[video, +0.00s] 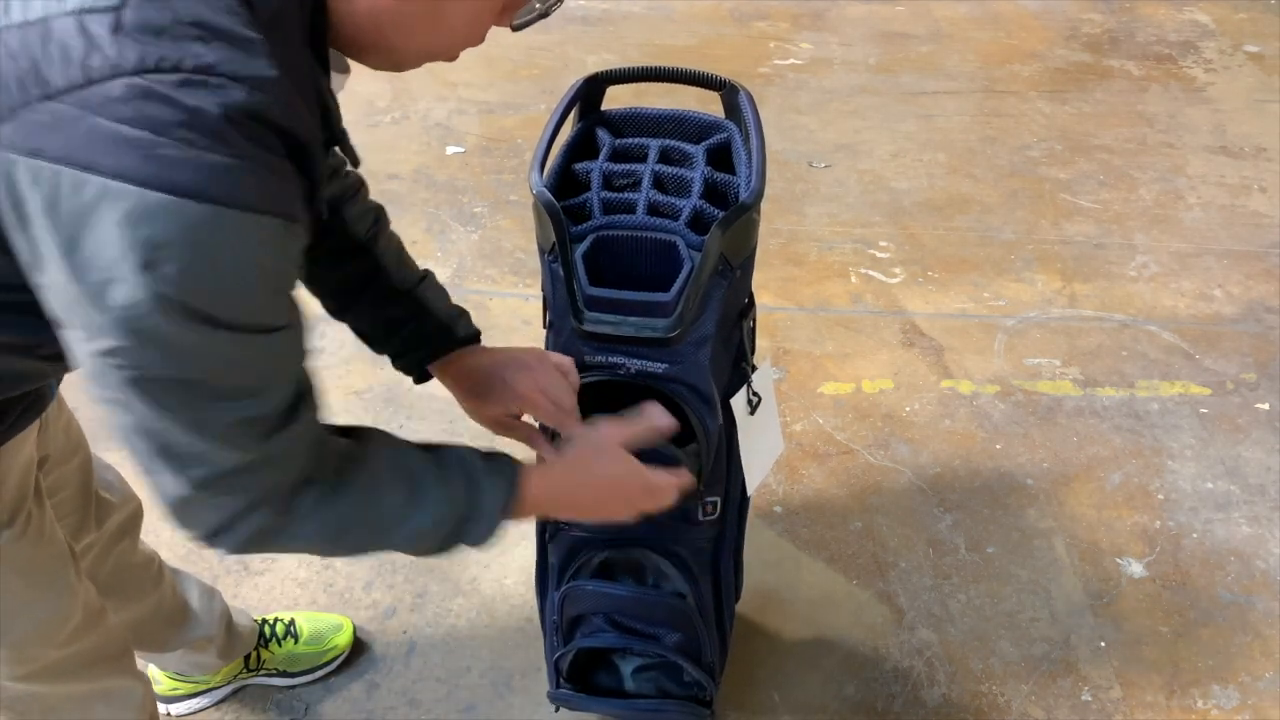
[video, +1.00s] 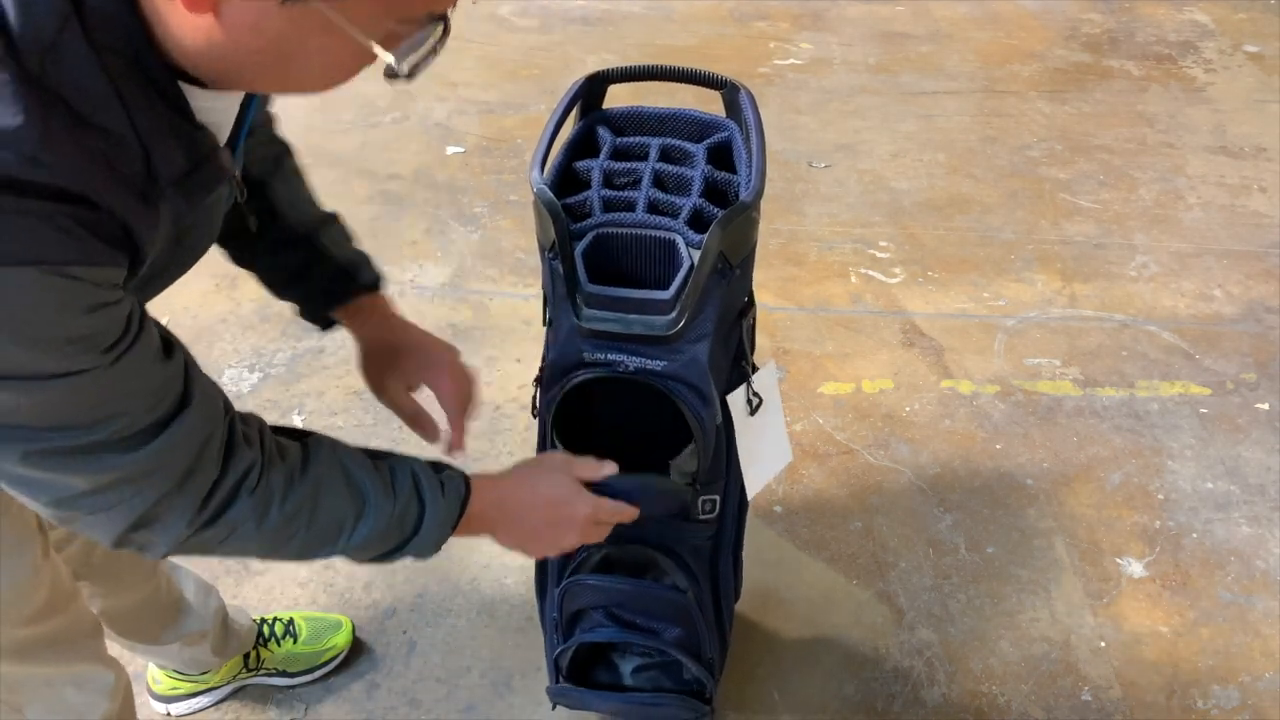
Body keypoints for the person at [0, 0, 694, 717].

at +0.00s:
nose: (483, 37)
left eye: (507, 20)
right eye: (504, 13)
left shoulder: (237, 14)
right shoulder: (164, 128)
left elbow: (316, 195)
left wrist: (461, 360)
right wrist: (537, 487)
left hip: (20, 392)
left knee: (94, 532)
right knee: (69, 666)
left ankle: (202, 654)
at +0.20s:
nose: (445, 56)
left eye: (468, 39)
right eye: (461, 31)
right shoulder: (82, 168)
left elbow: (343, 115)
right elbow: (212, 503)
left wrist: (481, 294)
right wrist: (488, 524)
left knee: (80, 517)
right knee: (59, 644)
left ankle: (202, 653)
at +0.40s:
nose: (421, 90)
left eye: (443, 69)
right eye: (423, 65)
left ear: (264, 4)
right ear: (264, 13)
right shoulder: (41, 208)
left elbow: (344, 119)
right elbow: (218, 486)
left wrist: (482, 294)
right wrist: (486, 523)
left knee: (84, 514)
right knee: (39, 623)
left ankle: (200, 654)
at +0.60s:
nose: (412, 91)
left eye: (427, 64)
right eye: (398, 66)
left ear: (203, 7)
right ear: (208, 11)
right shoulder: (24, 245)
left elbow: (405, 201)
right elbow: (187, 495)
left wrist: (570, 402)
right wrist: (475, 535)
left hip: (47, 351)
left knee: (97, 517)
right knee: (35, 614)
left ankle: (200, 653)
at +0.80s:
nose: (391, 110)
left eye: (407, 83)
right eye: (376, 84)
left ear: (181, 17)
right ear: (184, 22)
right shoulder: (18, 257)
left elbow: (401, 204)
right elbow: (175, 498)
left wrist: (565, 407)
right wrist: (465, 523)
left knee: (97, 519)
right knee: (34, 622)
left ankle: (199, 653)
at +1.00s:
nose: (383, 63)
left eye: (398, 41)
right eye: (386, 41)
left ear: (206, 2)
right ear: (211, 3)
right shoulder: (25, 257)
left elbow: (226, 145)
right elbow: (191, 485)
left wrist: (369, 316)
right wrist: (480, 506)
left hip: (45, 363)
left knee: (94, 520)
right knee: (38, 620)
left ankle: (198, 653)